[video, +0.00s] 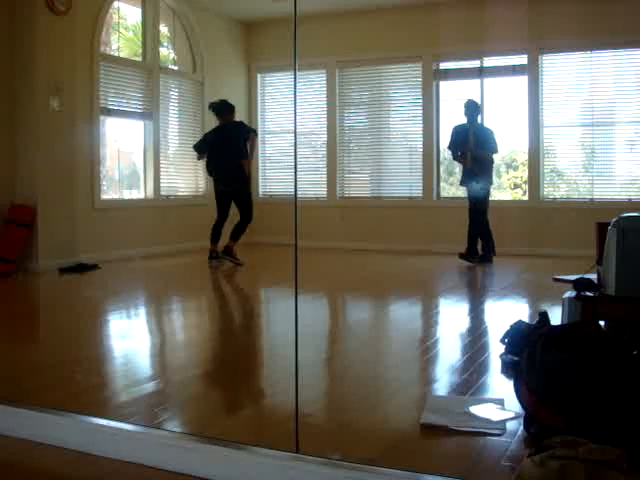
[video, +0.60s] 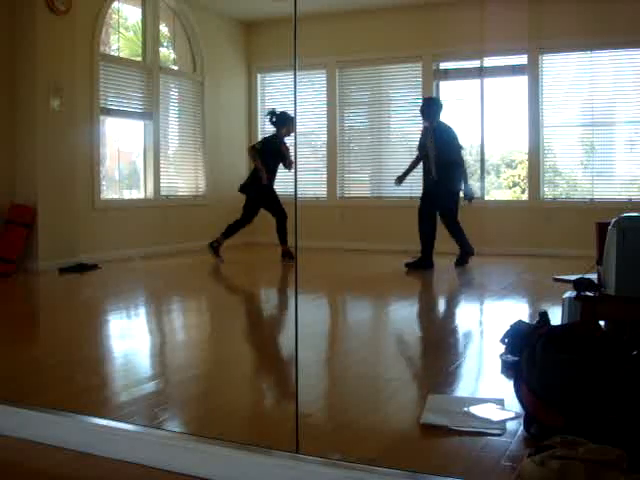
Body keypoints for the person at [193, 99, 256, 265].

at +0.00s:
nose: (233, 116)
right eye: (232, 113)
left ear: (216, 116)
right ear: (232, 113)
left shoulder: (212, 134)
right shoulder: (239, 127)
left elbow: (199, 154)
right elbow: (253, 136)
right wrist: (250, 158)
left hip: (220, 181)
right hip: (239, 178)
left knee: (221, 216)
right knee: (246, 216)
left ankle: (213, 251)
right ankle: (229, 248)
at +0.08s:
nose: (233, 117)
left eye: (230, 115)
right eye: (231, 115)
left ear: (216, 118)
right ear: (230, 115)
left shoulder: (209, 138)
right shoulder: (238, 128)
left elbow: (205, 159)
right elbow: (253, 135)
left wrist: (212, 169)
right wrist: (249, 158)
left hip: (221, 181)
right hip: (240, 178)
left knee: (224, 216)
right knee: (248, 216)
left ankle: (213, 250)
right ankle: (230, 247)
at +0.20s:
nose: (221, 125)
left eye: (219, 123)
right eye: (231, 120)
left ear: (217, 123)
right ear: (231, 119)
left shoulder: (217, 141)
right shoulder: (241, 133)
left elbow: (221, 163)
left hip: (225, 182)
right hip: (242, 181)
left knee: (231, 217)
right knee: (250, 218)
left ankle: (216, 250)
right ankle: (230, 247)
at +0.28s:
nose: (250, 126)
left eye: (250, 123)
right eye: (249, 123)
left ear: (235, 124)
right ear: (244, 124)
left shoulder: (230, 139)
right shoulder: (241, 137)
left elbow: (243, 166)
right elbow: (239, 163)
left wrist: (260, 163)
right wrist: (242, 173)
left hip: (226, 183)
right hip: (239, 183)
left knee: (235, 220)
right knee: (265, 211)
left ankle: (216, 249)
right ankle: (245, 240)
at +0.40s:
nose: (271, 128)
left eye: (271, 125)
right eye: (269, 125)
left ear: (260, 124)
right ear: (262, 124)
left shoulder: (252, 137)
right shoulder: (250, 134)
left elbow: (252, 164)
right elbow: (238, 148)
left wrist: (267, 155)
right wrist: (238, 168)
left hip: (237, 181)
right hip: (242, 181)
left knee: (234, 217)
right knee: (271, 207)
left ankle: (213, 246)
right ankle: (267, 242)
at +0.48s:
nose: (279, 127)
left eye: (280, 124)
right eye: (278, 124)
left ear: (268, 123)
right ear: (270, 123)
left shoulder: (260, 138)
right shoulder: (258, 133)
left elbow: (262, 162)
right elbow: (242, 142)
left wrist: (273, 152)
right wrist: (244, 167)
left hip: (243, 181)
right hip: (248, 181)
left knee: (233, 216)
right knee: (270, 208)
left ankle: (212, 244)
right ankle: (278, 244)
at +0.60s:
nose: (293, 130)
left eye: (294, 126)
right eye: (292, 126)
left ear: (282, 127)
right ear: (285, 126)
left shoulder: (281, 144)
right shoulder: (270, 141)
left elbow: (288, 166)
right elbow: (252, 150)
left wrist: (285, 152)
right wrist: (261, 171)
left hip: (261, 187)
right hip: (259, 187)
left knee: (246, 219)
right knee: (281, 215)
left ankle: (217, 243)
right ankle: (285, 250)